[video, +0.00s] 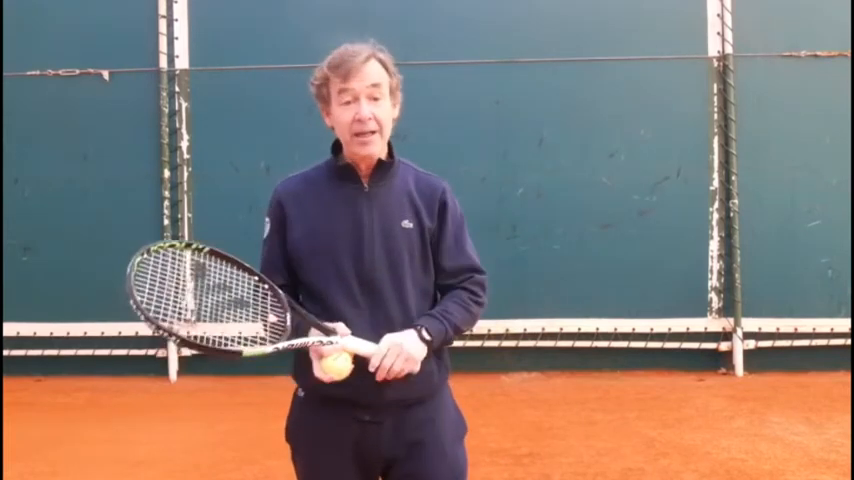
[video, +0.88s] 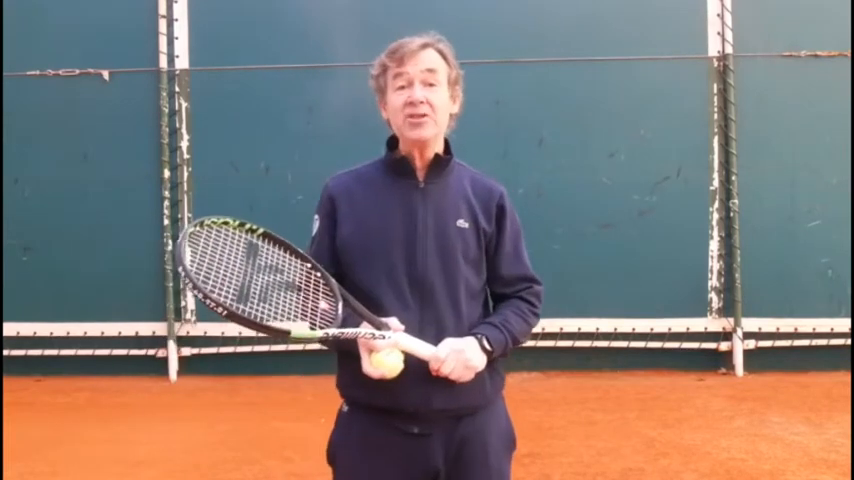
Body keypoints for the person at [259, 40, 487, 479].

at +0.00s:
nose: (364, 112)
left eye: (374, 98)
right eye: (348, 101)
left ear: (394, 106)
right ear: (328, 113)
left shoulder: (432, 196)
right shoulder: (292, 200)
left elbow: (469, 287)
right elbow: (274, 298)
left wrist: (422, 336)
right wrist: (313, 337)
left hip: (423, 417)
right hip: (328, 419)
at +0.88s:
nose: (416, 96)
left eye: (430, 82)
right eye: (402, 86)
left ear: (453, 99)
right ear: (384, 105)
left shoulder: (487, 197)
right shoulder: (343, 196)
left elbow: (523, 296)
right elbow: (316, 300)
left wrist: (481, 345)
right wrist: (358, 338)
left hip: (475, 429)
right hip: (375, 428)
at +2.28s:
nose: (405, 87)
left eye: (420, 77)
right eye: (392, 79)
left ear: (443, 100)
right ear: (374, 105)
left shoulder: (478, 197)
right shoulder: (331, 195)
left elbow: (525, 282)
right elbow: (302, 299)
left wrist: (509, 299)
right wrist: (333, 338)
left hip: (458, 430)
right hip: (359, 427)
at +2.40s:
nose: (398, 93)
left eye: (412, 81)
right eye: (384, 83)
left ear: (434, 101)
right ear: (365, 107)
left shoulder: (470, 196)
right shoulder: (324, 196)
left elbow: (527, 289)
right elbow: (295, 297)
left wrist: (481, 275)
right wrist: (325, 337)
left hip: (450, 427)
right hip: (352, 424)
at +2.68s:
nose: (381, 106)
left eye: (394, 92)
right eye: (367, 93)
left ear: (415, 106)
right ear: (346, 109)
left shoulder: (446, 192)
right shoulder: (306, 197)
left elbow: (513, 283)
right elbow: (282, 293)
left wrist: (505, 223)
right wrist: (302, 335)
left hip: (434, 423)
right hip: (338, 423)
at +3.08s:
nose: (365, 103)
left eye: (378, 90)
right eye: (350, 91)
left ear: (400, 102)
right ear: (332, 108)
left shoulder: (437, 195)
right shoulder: (293, 198)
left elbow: (491, 294)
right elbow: (269, 289)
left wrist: (502, 269)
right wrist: (288, 335)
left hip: (425, 421)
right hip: (328, 422)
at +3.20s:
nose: (364, 102)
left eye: (377, 87)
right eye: (349, 90)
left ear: (399, 102)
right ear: (330, 107)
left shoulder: (435, 196)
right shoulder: (292, 199)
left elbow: (483, 285)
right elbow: (270, 293)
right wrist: (298, 332)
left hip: (425, 420)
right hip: (328, 424)